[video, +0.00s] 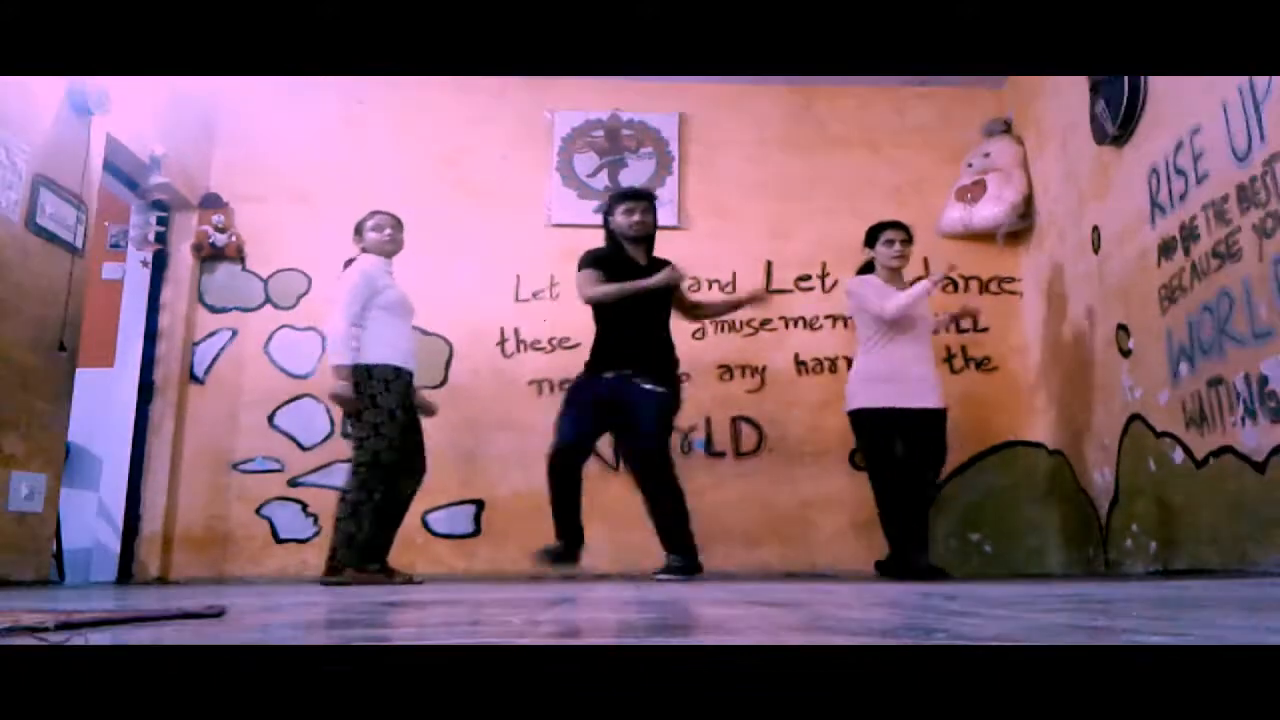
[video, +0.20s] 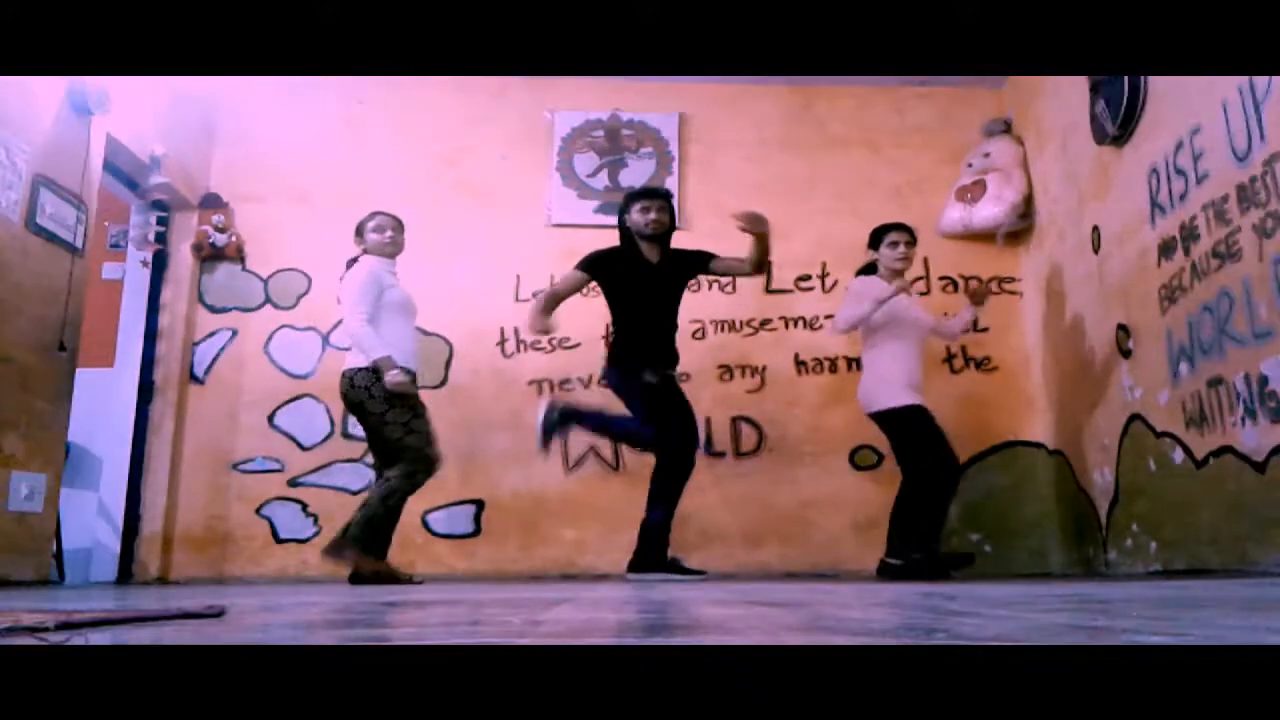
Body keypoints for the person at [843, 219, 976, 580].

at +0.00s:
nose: (898, 249)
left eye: (903, 244)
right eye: (889, 244)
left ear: (911, 251)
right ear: (871, 251)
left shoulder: (913, 291)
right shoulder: (860, 285)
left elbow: (915, 330)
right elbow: (890, 308)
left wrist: (947, 321)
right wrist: (930, 282)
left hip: (921, 394)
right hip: (876, 396)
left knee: (923, 478)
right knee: (891, 479)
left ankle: (917, 557)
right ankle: (902, 557)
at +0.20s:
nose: (902, 251)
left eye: (907, 246)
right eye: (893, 245)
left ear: (913, 254)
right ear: (875, 253)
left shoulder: (906, 300)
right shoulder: (866, 285)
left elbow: (948, 329)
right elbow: (842, 324)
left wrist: (973, 307)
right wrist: (889, 292)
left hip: (904, 394)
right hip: (887, 394)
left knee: (920, 473)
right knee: (943, 468)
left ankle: (900, 555)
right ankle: (917, 554)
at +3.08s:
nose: (710, 254)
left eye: (718, 248)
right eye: (704, 249)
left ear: (735, 253)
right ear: (697, 256)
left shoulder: (751, 289)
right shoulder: (695, 296)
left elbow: (783, 334)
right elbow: (659, 336)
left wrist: (803, 377)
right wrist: (651, 309)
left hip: (726, 395)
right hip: (699, 395)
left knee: (676, 468)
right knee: (702, 480)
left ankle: (630, 543)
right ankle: (721, 560)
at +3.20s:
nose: (711, 253)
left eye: (719, 247)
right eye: (704, 248)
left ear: (736, 252)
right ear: (698, 255)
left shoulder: (750, 288)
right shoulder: (698, 295)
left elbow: (789, 329)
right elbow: (654, 331)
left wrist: (813, 372)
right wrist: (652, 300)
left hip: (725, 392)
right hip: (704, 391)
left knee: (652, 452)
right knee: (702, 477)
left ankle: (673, 533)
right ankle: (721, 560)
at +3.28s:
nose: (727, 231)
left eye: (737, 223)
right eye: (718, 225)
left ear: (756, 230)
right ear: (711, 233)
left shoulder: (774, 273)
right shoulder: (708, 282)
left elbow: (817, 320)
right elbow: (659, 322)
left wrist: (853, 361)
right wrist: (657, 283)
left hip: (746, 400)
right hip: (719, 399)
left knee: (681, 484)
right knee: (719, 503)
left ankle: (645, 582)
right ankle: (737, 600)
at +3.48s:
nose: (734, 231)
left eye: (744, 224)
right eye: (725, 225)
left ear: (763, 230)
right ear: (718, 234)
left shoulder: (783, 273)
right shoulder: (712, 282)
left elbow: (835, 319)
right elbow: (672, 322)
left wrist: (884, 355)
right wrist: (673, 279)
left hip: (765, 399)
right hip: (723, 402)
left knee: (725, 495)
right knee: (715, 500)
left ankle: (759, 601)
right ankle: (735, 600)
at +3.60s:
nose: (752, 229)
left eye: (761, 222)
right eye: (744, 223)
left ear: (779, 230)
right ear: (732, 233)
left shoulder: (804, 277)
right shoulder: (718, 280)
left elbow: (868, 304)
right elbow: (654, 303)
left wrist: (926, 321)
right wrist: (672, 271)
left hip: (792, 408)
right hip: (732, 409)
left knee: (785, 509)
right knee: (725, 507)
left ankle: (778, 602)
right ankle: (736, 599)